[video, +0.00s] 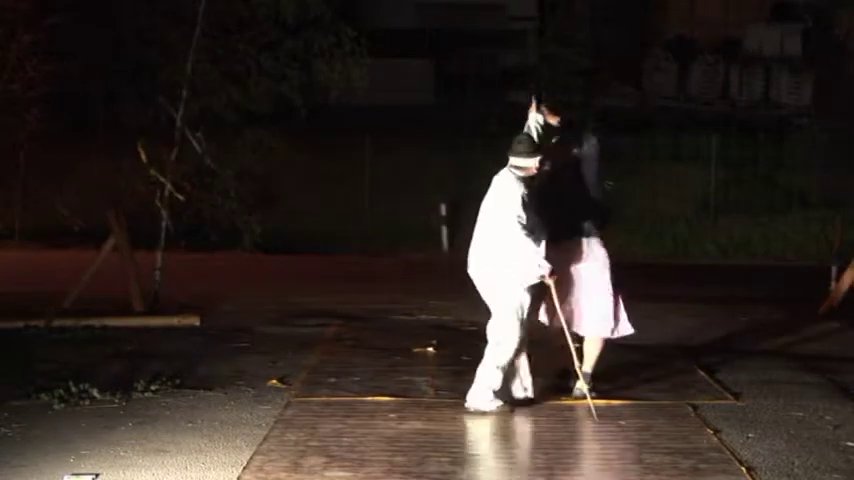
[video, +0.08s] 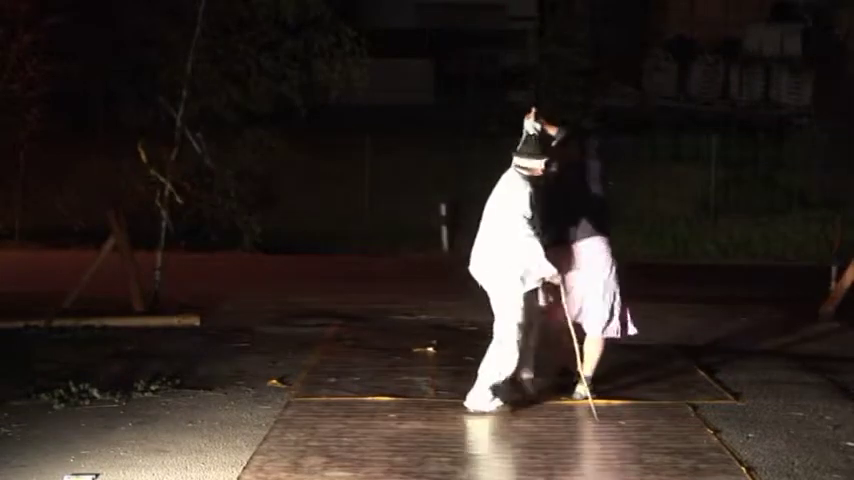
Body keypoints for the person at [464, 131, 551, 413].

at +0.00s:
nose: (539, 165)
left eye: (539, 159)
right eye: (535, 160)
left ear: (517, 159)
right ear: (525, 162)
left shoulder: (512, 180)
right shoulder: (510, 189)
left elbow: (527, 145)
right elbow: (513, 236)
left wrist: (535, 121)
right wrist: (539, 265)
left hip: (502, 265)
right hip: (496, 268)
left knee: (513, 325)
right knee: (508, 327)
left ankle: (519, 388)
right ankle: (481, 394)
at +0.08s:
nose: (546, 168)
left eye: (546, 163)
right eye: (542, 164)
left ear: (524, 159)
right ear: (530, 164)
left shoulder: (519, 181)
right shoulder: (516, 188)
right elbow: (522, 236)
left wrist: (533, 130)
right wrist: (547, 271)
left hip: (505, 263)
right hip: (498, 266)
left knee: (524, 320)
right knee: (511, 324)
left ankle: (521, 375)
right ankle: (482, 392)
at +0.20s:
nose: (547, 164)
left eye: (547, 159)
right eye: (546, 159)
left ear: (527, 153)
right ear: (543, 158)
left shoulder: (518, 173)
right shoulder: (530, 180)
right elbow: (538, 219)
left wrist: (548, 251)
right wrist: (559, 250)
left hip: (493, 251)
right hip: (507, 258)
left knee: (542, 278)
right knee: (506, 325)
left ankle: (530, 339)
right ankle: (483, 391)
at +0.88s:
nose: (530, 146)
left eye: (528, 140)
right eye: (524, 141)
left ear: (505, 144)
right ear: (508, 144)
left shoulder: (498, 173)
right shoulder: (507, 176)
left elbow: (518, 216)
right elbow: (526, 214)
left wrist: (546, 240)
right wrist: (555, 238)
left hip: (505, 263)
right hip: (510, 265)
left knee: (510, 321)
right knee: (521, 321)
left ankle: (494, 380)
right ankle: (520, 387)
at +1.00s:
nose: (516, 155)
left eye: (515, 149)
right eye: (510, 150)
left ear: (497, 151)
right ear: (493, 152)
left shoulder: (502, 181)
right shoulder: (485, 184)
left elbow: (506, 226)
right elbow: (496, 226)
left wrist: (528, 246)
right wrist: (527, 243)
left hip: (509, 268)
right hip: (496, 269)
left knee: (499, 325)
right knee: (522, 322)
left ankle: (469, 388)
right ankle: (518, 390)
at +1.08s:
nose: (504, 165)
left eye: (506, 158)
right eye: (497, 158)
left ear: (510, 160)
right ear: (481, 159)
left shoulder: (499, 192)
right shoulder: (471, 193)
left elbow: (507, 232)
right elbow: (476, 235)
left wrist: (527, 251)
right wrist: (510, 248)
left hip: (502, 275)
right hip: (485, 277)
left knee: (489, 330)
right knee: (521, 324)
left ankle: (467, 390)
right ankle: (520, 391)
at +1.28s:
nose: (484, 177)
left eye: (488, 170)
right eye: (477, 172)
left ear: (494, 169)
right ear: (466, 170)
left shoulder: (501, 201)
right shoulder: (454, 195)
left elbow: (527, 221)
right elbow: (425, 226)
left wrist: (536, 247)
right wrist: (461, 244)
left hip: (490, 274)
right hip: (457, 274)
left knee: (491, 329)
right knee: (487, 323)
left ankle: (472, 393)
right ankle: (517, 382)